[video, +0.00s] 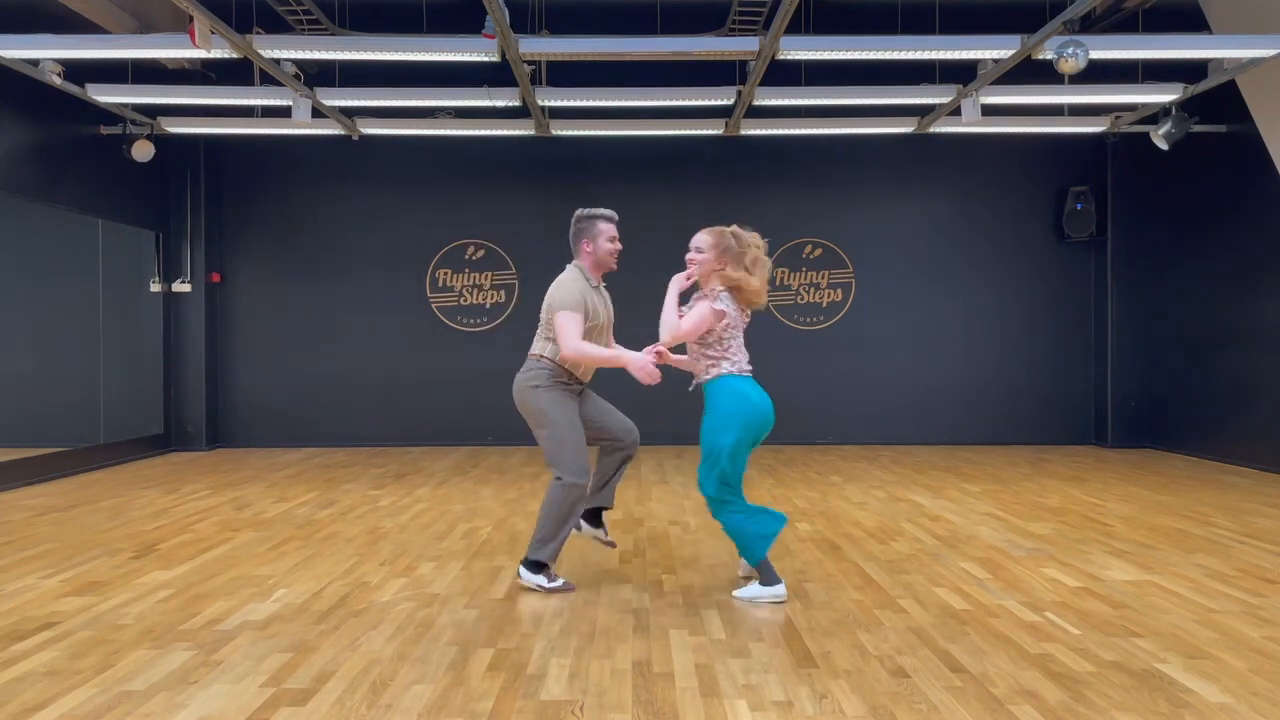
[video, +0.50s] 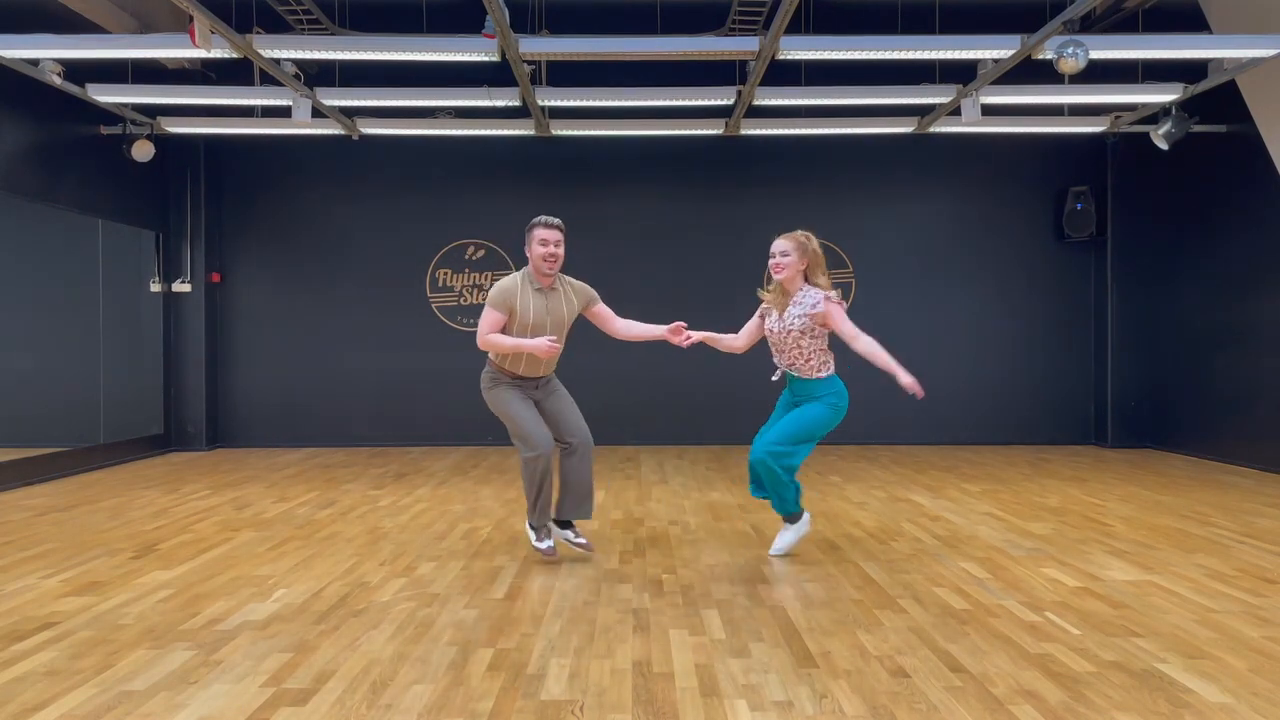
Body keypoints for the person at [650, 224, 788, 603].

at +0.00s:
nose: (688, 257)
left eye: (698, 251)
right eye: (690, 249)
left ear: (722, 260)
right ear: (717, 263)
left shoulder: (710, 304)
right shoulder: (729, 302)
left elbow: (669, 335)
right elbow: (709, 361)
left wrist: (673, 290)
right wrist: (669, 358)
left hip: (730, 401)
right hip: (751, 399)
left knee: (717, 492)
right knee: (722, 486)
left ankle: (770, 579)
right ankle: (752, 554)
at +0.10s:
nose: (711, 250)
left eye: (720, 244)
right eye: (710, 244)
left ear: (742, 253)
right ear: (714, 254)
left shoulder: (741, 295)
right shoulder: (723, 297)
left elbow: (697, 331)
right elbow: (719, 352)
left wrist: (676, 290)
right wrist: (680, 343)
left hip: (768, 393)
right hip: (761, 393)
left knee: (738, 475)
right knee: (753, 475)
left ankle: (775, 567)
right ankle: (768, 556)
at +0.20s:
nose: (734, 252)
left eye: (744, 246)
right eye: (732, 246)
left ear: (765, 256)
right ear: (730, 253)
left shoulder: (764, 297)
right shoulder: (739, 295)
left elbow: (736, 346)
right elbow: (733, 343)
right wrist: (695, 343)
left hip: (793, 394)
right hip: (768, 395)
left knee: (758, 474)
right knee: (739, 469)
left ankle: (808, 533)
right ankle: (767, 547)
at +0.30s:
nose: (755, 261)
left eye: (765, 256)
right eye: (753, 255)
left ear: (785, 265)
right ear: (749, 263)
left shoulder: (784, 306)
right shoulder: (760, 307)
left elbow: (775, 363)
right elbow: (741, 350)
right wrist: (708, 342)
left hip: (805, 402)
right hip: (777, 403)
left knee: (792, 485)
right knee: (751, 470)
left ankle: (833, 542)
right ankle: (769, 551)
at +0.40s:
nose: (767, 257)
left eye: (777, 251)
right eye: (764, 252)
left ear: (796, 259)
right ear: (761, 259)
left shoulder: (803, 302)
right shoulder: (767, 300)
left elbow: (819, 355)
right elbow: (740, 340)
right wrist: (706, 329)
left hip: (820, 395)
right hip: (789, 394)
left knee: (797, 474)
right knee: (747, 453)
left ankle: (834, 536)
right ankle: (775, 524)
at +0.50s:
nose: (775, 262)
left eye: (784, 255)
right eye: (772, 256)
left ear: (804, 261)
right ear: (770, 263)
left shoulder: (821, 303)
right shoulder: (772, 306)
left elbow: (858, 339)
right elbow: (739, 343)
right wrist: (702, 335)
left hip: (826, 395)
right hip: (793, 393)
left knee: (765, 451)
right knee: (760, 454)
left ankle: (795, 518)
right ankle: (792, 517)